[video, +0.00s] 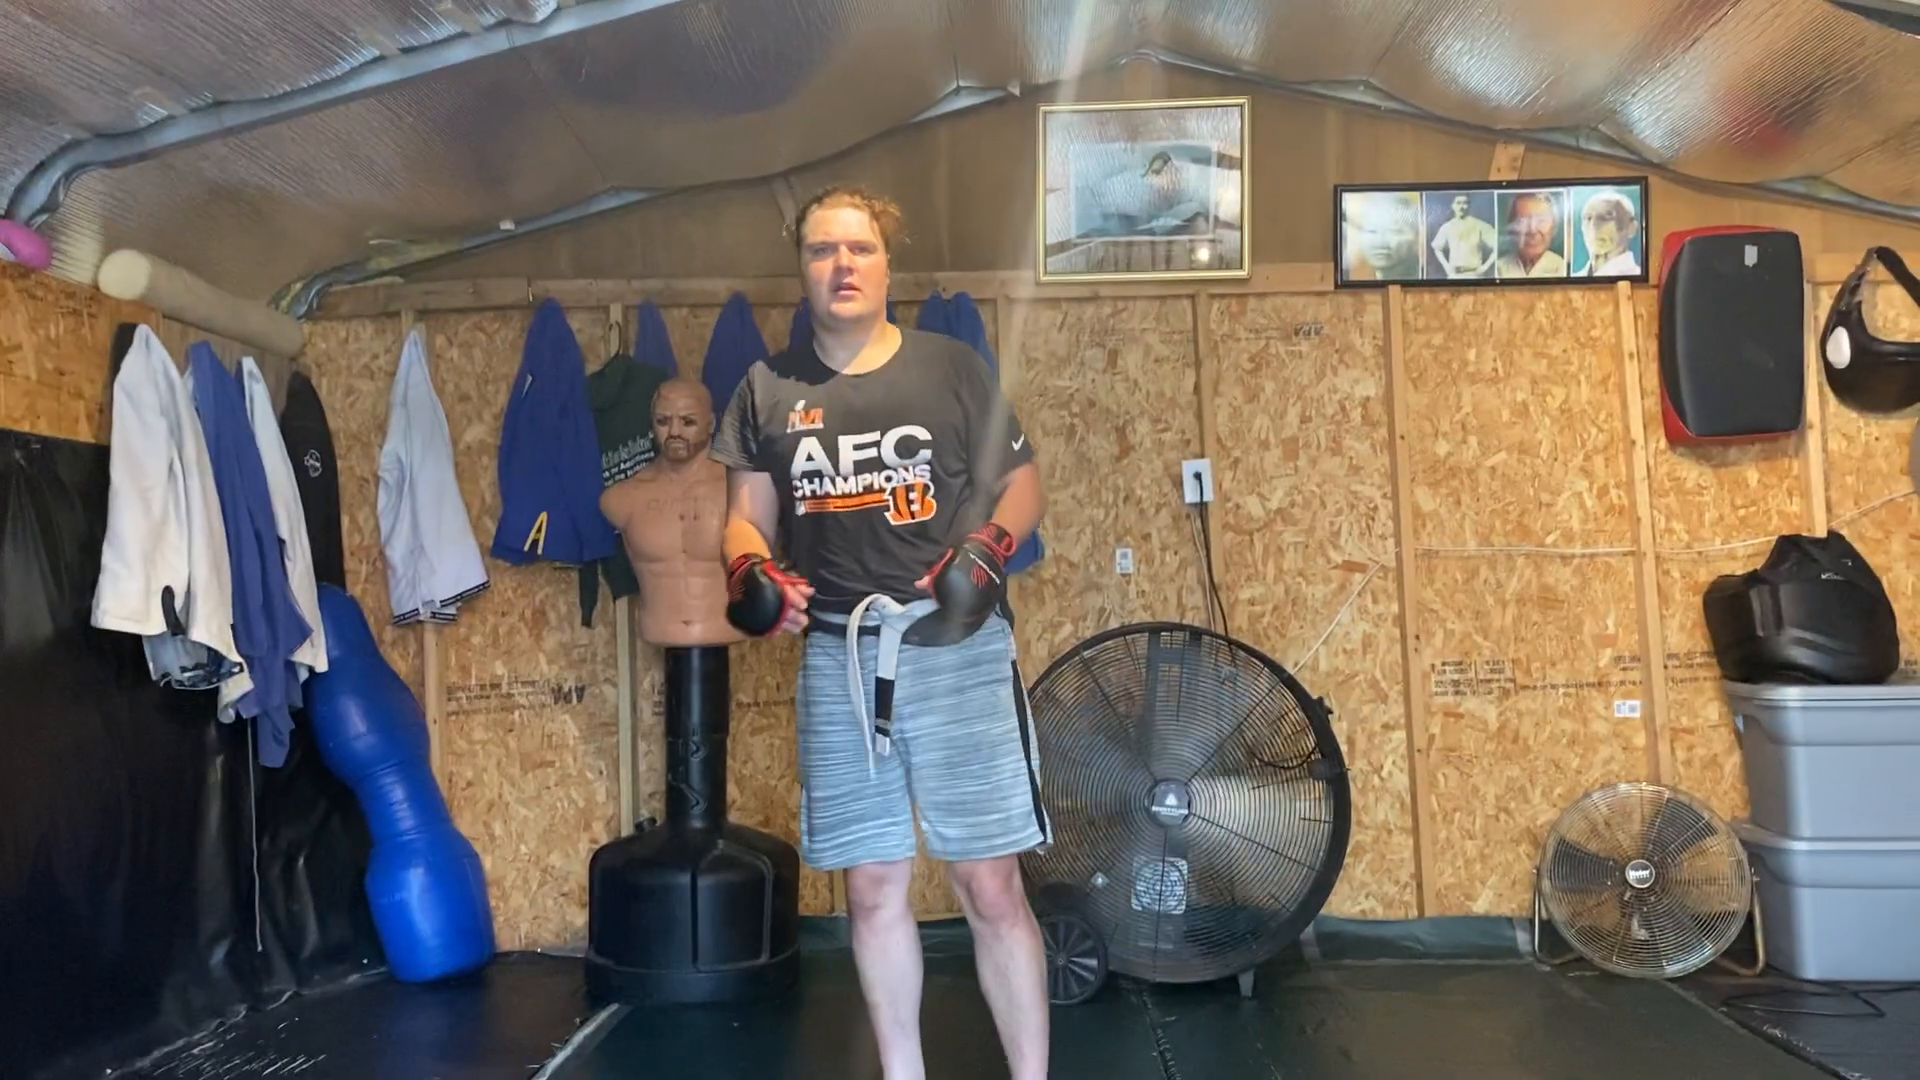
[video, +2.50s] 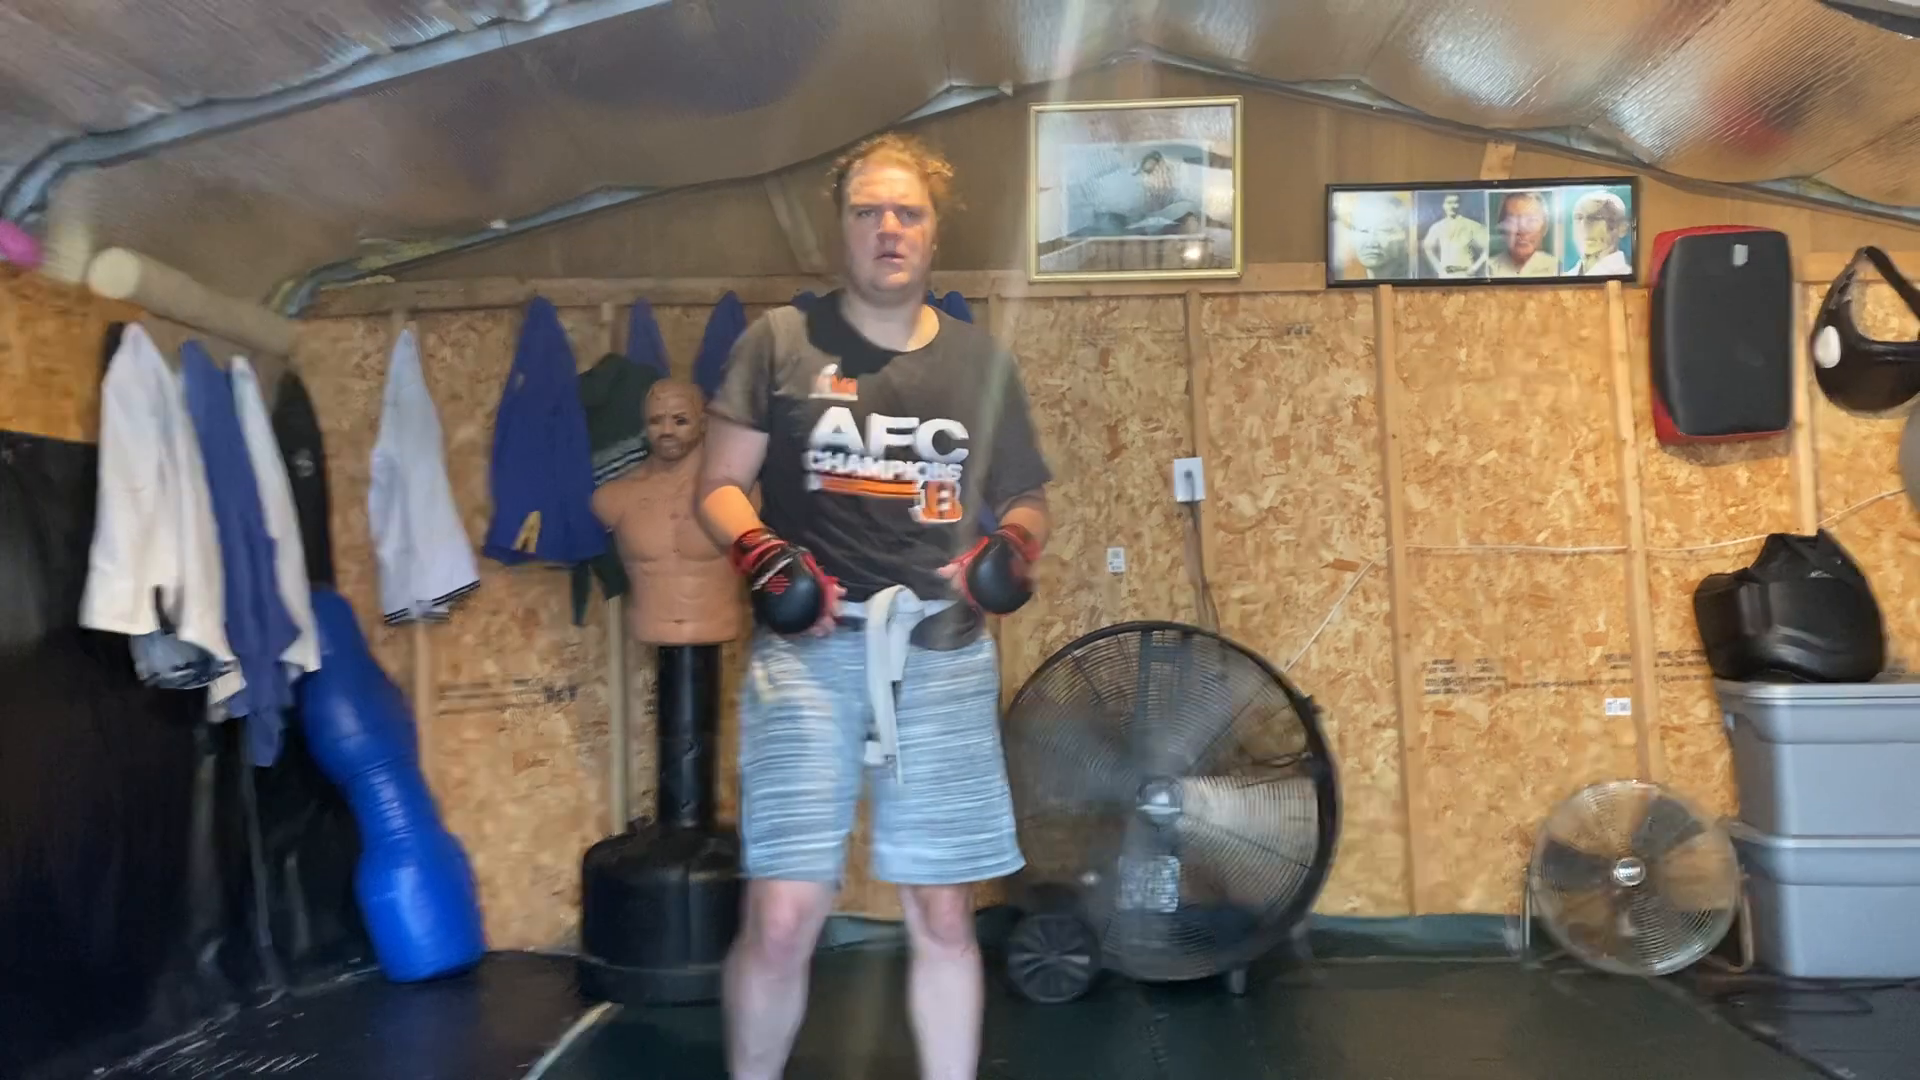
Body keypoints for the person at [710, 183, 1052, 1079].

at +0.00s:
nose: (842, 264)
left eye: (859, 249)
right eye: (824, 250)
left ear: (889, 266)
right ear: (802, 270)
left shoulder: (953, 367)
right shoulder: (769, 389)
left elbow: (1021, 483)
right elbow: (748, 520)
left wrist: (984, 559)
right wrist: (754, 575)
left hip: (957, 649)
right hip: (837, 658)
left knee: (992, 884)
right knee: (874, 885)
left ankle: (1031, 1074)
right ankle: (903, 1075)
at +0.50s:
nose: (908, 256)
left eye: (928, 241)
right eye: (890, 240)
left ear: (954, 262)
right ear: (864, 259)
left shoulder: (1002, 377)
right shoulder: (806, 368)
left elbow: (1058, 513)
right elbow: (772, 496)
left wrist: (1005, 550)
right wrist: (788, 550)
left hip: (969, 660)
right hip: (840, 655)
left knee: (1003, 897)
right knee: (805, 902)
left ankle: (1032, 1074)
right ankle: (817, 1071)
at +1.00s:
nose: (776, 239)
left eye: (793, 222)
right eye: (755, 223)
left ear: (821, 239)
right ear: (725, 241)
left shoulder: (886, 355)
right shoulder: (676, 369)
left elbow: (946, 484)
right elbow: (635, 511)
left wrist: (917, 550)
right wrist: (671, 570)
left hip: (886, 653)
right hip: (750, 658)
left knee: (952, 899)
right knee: (766, 922)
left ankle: (1006, 1074)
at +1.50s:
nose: (748, 227)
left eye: (765, 210)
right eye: (725, 213)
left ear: (795, 227)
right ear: (698, 235)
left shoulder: (866, 344)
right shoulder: (654, 365)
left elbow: (922, 472)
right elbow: (619, 517)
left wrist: (906, 541)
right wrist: (667, 572)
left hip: (867, 650)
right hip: (733, 658)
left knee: (903, 908)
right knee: (746, 922)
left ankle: (938, 1077)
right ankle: (751, 1079)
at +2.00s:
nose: (831, 225)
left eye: (849, 209)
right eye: (809, 210)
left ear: (876, 232)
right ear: (782, 233)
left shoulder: (933, 358)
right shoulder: (728, 349)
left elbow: (980, 491)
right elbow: (676, 495)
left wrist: (959, 546)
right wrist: (725, 551)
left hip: (915, 653)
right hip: (780, 654)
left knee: (929, 912)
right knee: (778, 927)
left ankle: (948, 1077)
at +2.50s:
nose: (888, 230)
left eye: (907, 214)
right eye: (869, 212)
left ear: (936, 234)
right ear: (840, 230)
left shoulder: (984, 363)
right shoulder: (778, 344)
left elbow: (1024, 498)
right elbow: (721, 484)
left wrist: (1011, 556)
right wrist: (762, 554)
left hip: (943, 656)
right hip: (807, 648)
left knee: (945, 913)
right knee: (786, 915)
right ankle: (751, 1076)